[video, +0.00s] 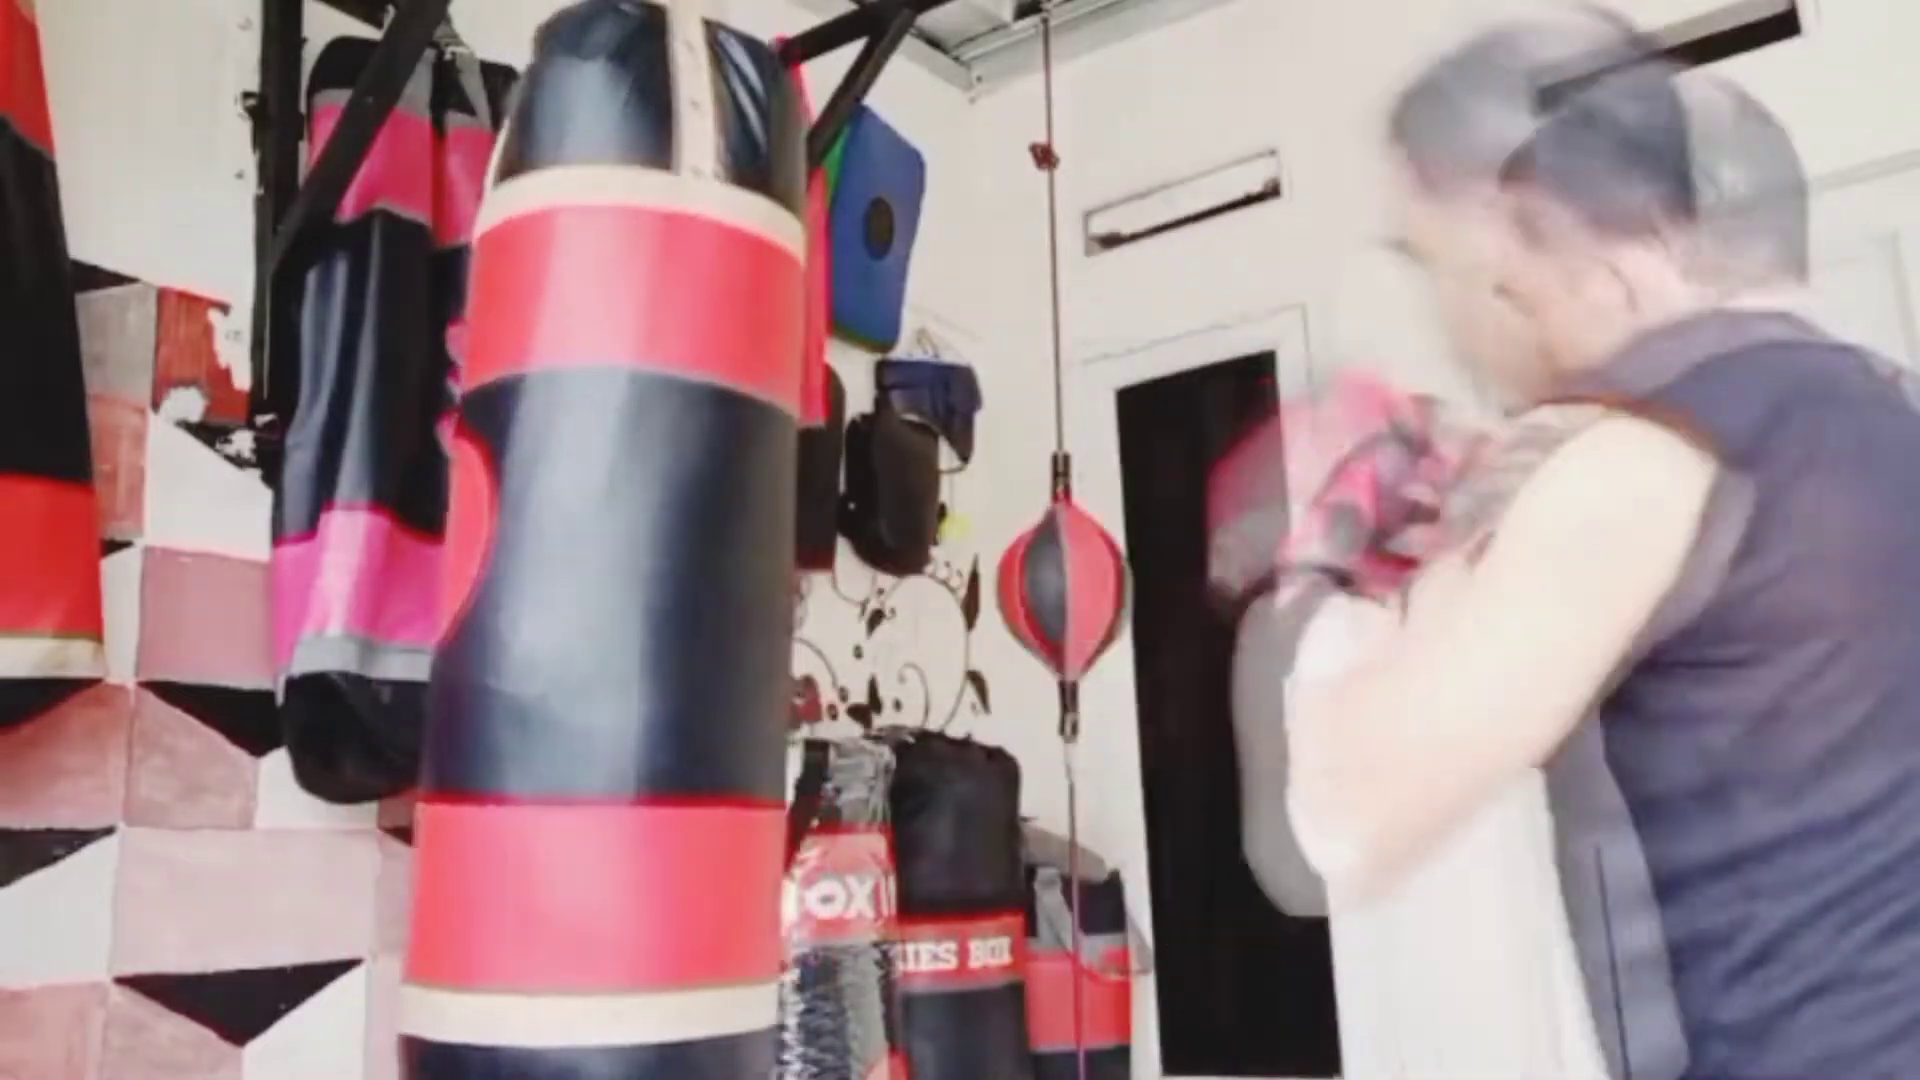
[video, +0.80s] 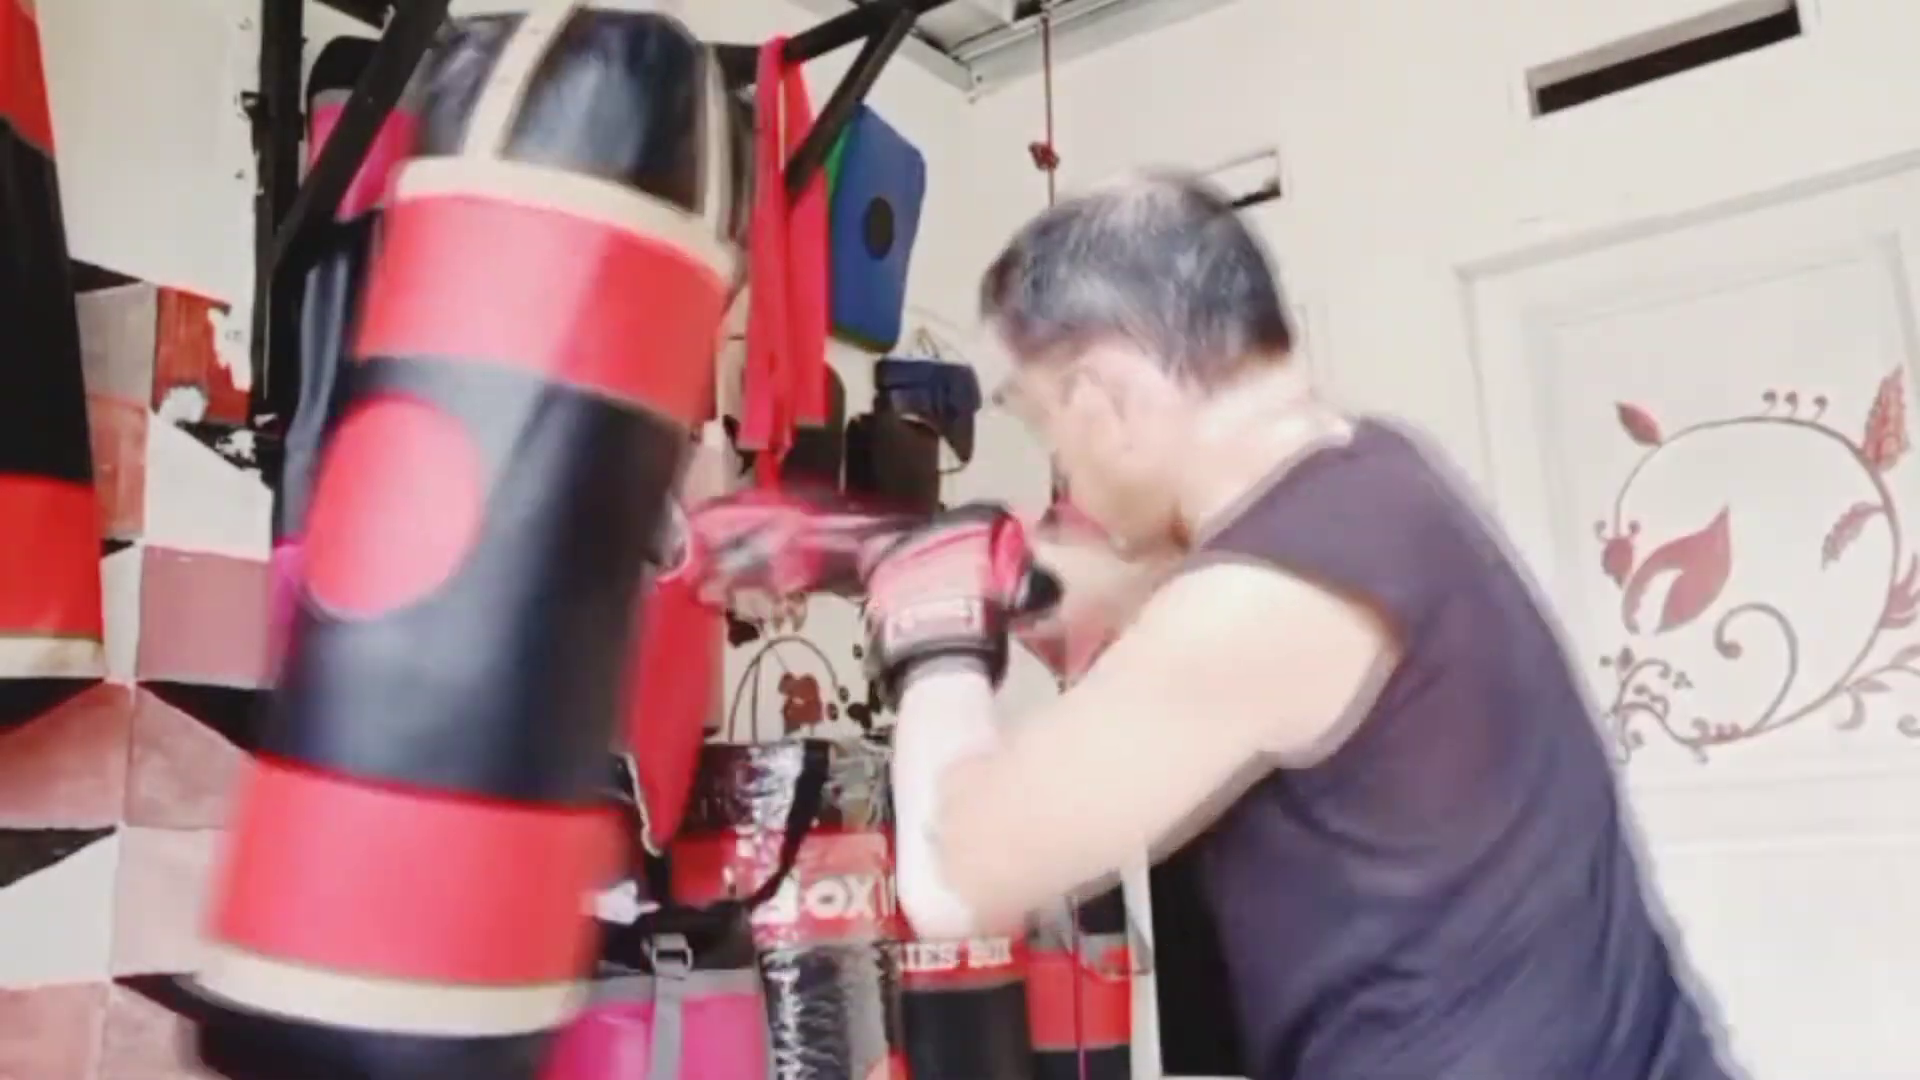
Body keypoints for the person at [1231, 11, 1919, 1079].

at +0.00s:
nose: (1443, 315)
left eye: (1432, 260)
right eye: (1423, 264)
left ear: (1517, 220)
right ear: (1653, 199)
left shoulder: (1662, 435)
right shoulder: (1864, 398)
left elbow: (1345, 829)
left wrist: (1339, 574)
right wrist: (1494, 501)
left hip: (1797, 1051)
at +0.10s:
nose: (1541, 341)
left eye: (1538, 300)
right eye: (1525, 304)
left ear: (1631, 282)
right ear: (1779, 245)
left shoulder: (1656, 457)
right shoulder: (1889, 385)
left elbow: (1383, 787)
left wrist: (1348, 560)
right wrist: (1590, 488)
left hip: (1806, 1049)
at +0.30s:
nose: (1460, 354)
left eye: (1460, 323)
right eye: (1460, 326)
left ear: (1497, 308)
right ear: (1703, 300)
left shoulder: (1473, 489)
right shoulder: (1862, 456)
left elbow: (1112, 672)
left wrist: (1146, 547)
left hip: (1623, 1050)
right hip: (1881, 1038)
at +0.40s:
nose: (1308, 370)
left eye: (1316, 330)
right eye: (1313, 330)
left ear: (1365, 312)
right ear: (1504, 294)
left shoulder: (1329, 525)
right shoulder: (1672, 458)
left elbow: (990, 758)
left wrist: (1004, 612)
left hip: (1527, 1053)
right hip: (1765, 1038)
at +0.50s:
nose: (1124, 430)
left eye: (1126, 385)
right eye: (1115, 395)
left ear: (1203, 337)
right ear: (1294, 319)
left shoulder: (1348, 561)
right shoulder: (1445, 453)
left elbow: (1005, 819)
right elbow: (1186, 500)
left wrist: (969, 605)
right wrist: (961, 485)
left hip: (1497, 1055)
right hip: (1604, 1026)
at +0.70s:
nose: (1048, 469)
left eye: (1040, 428)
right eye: (1028, 431)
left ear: (1118, 405)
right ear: (1244, 347)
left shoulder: (1298, 627)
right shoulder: (1346, 472)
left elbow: (973, 900)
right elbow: (1175, 553)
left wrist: (952, 649)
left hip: (1428, 1057)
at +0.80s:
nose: (1057, 474)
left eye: (1042, 420)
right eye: (1036, 425)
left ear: (1108, 387)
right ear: (1241, 332)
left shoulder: (1276, 588)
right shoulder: (1383, 481)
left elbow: (972, 871)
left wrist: (938, 646)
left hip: (1475, 1060)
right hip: (1613, 1035)